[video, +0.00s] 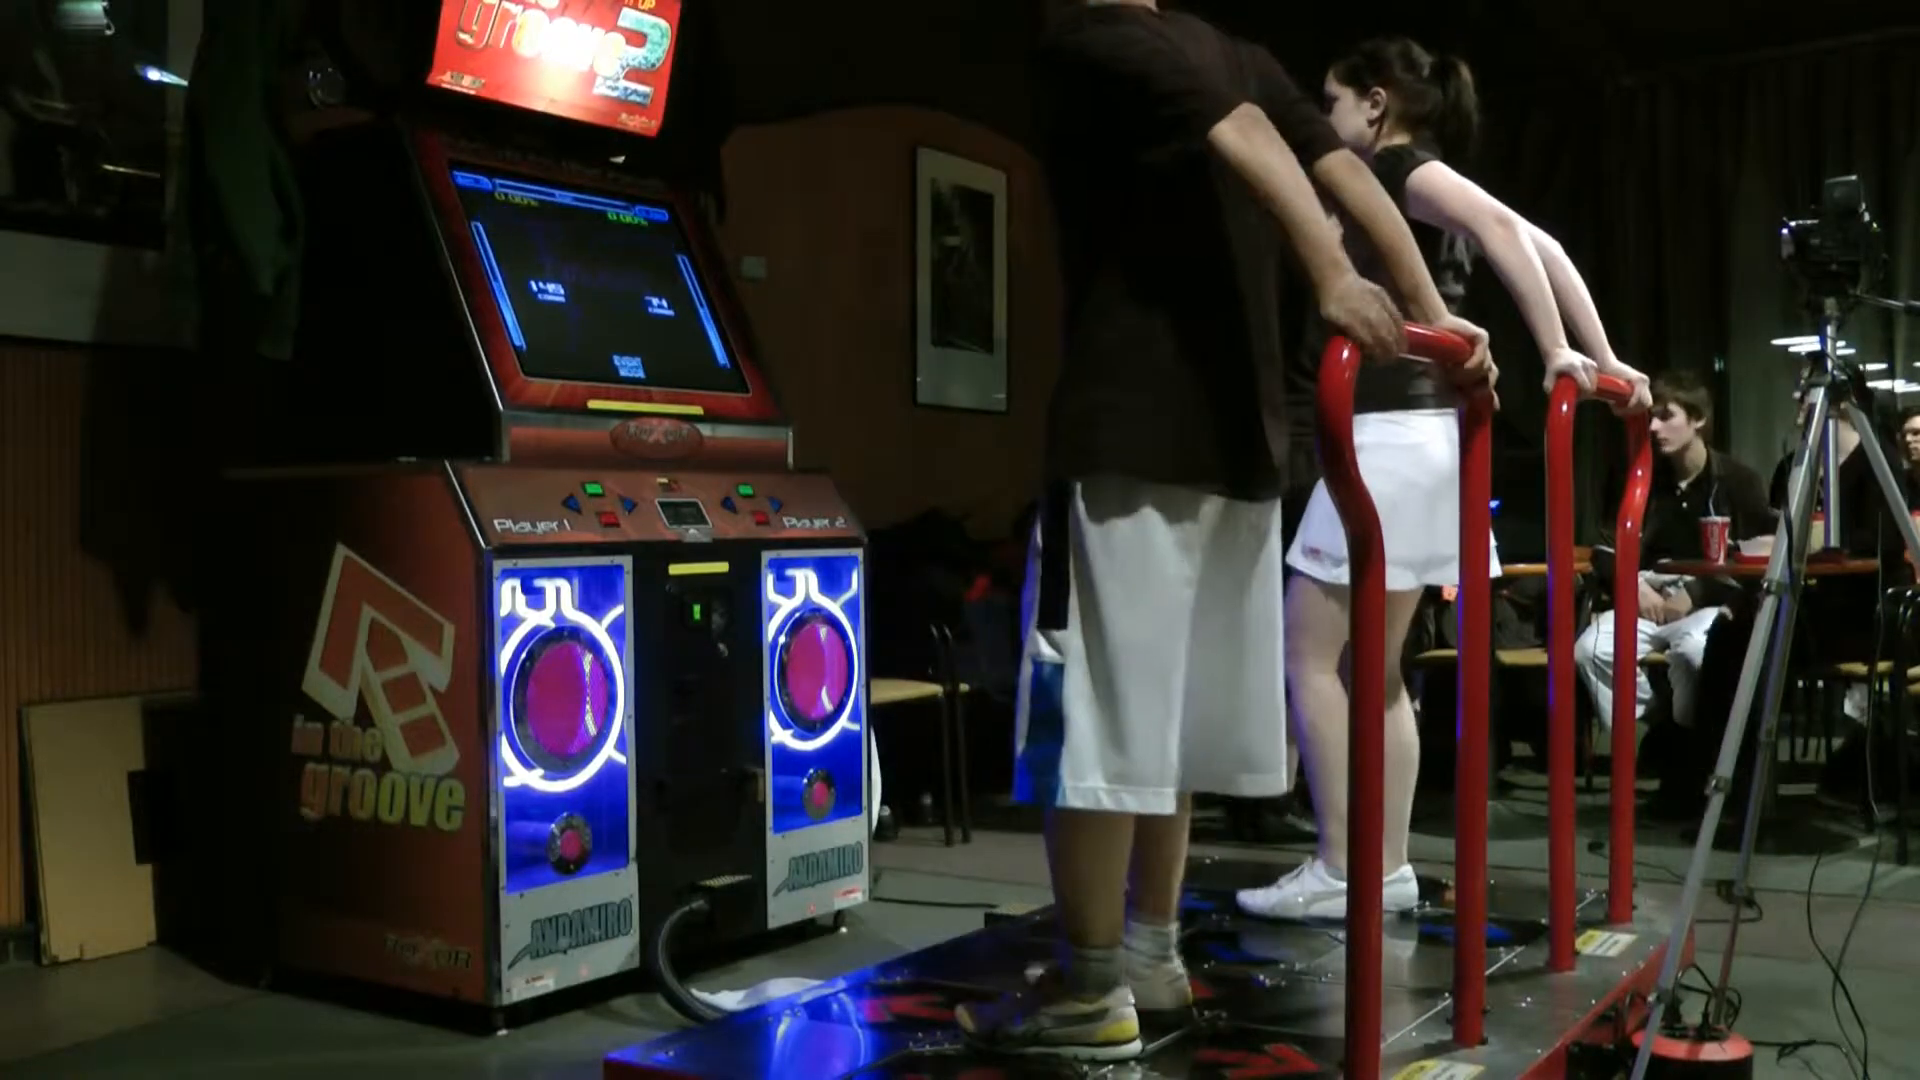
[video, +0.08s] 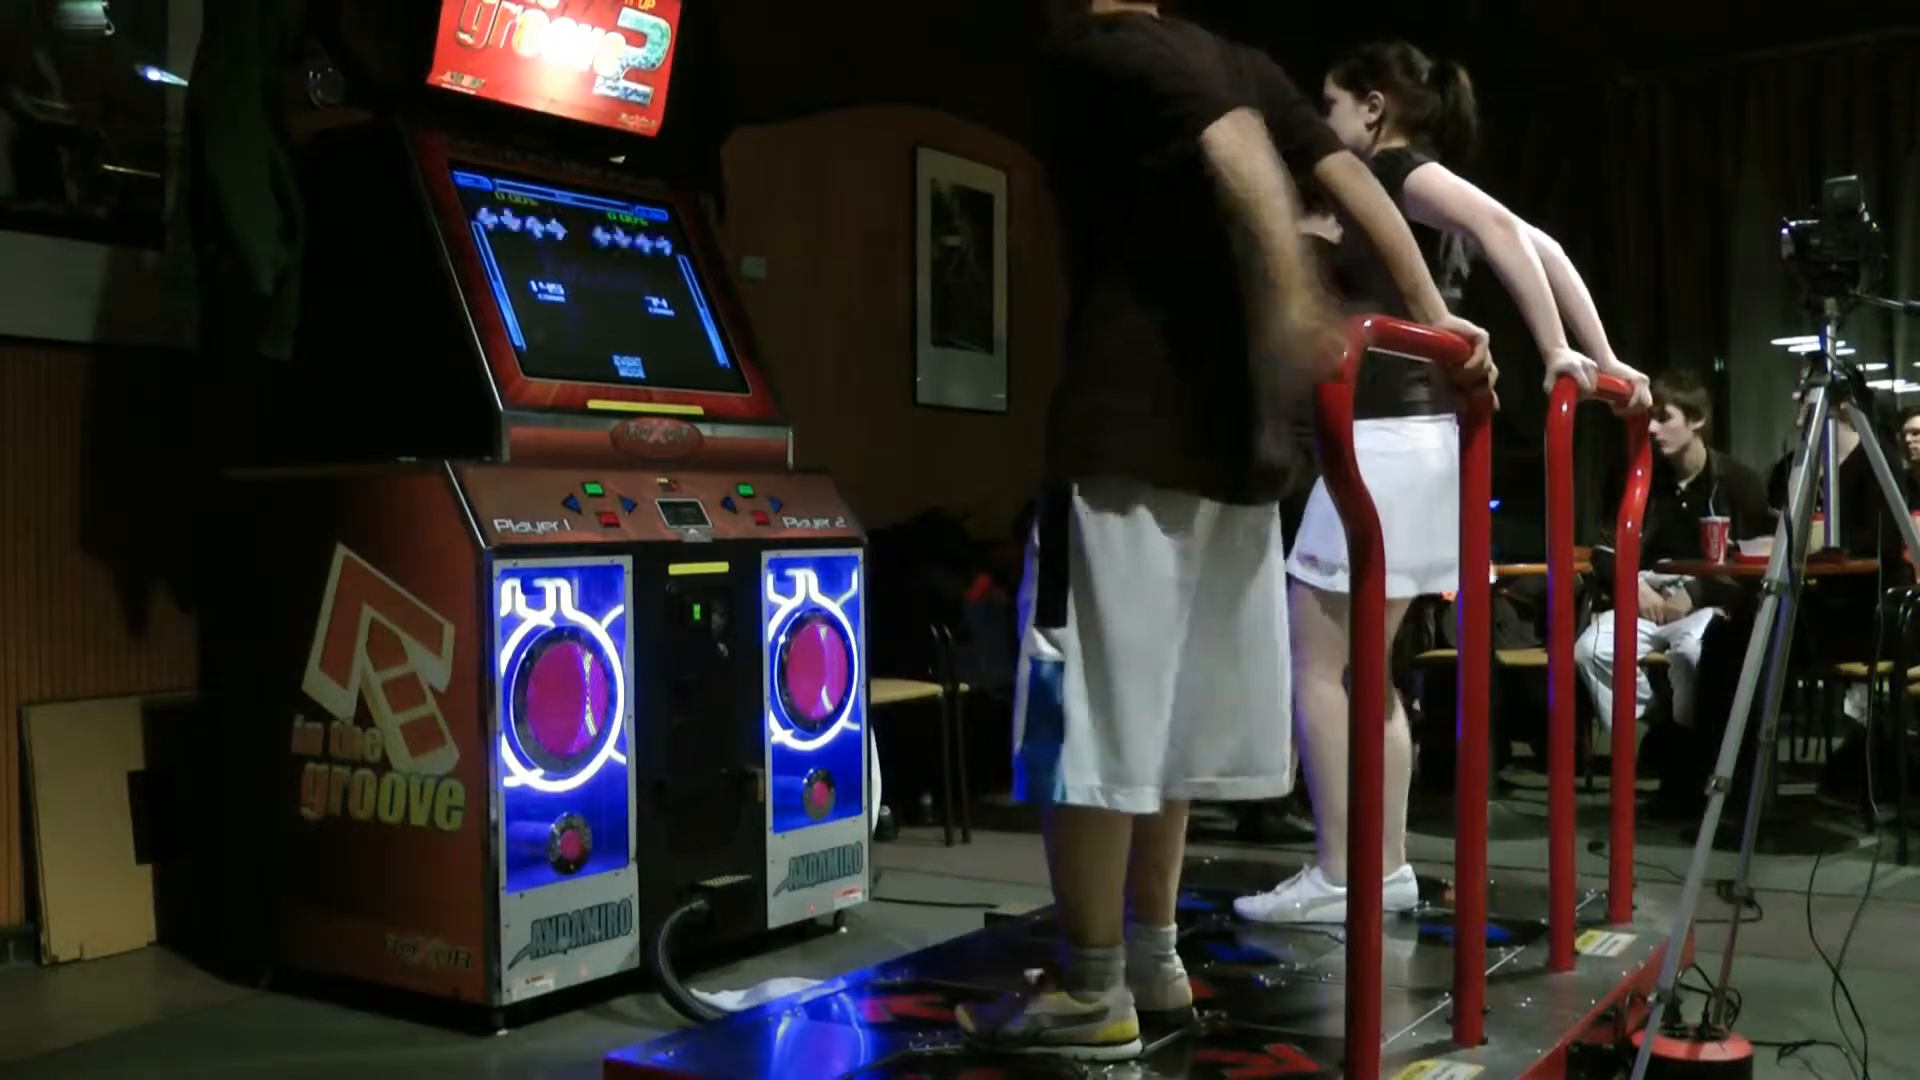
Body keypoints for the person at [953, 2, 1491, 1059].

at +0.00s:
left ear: (1085, 3)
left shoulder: (1085, 33)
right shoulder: (1244, 56)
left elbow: (1230, 120)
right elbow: (1358, 188)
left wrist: (1335, 276)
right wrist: (1435, 320)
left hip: (1136, 416)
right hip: (1244, 424)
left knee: (1108, 705)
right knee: (1175, 704)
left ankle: (1094, 991)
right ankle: (1154, 960)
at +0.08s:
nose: (1062, 24)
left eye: (1063, 17)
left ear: (1091, 5)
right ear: (1166, 3)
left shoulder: (1089, 47)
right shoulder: (1247, 65)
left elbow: (1227, 126)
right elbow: (1360, 191)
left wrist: (1296, 311)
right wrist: (1435, 318)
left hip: (1127, 427)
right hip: (1241, 441)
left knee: (1098, 708)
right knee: (1171, 706)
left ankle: (1093, 992)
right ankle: (1155, 960)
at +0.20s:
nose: (1058, 21)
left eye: (1062, 16)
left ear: (1088, 3)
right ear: (1168, 1)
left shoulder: (1103, 52)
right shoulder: (1247, 69)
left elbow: (1190, 177)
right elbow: (1358, 189)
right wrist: (1433, 316)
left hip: (1138, 446)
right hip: (1241, 441)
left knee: (1102, 713)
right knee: (1175, 709)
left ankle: (1095, 991)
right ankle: (1153, 955)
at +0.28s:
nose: (1068, 19)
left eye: (1072, 12)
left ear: (1103, 2)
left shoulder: (1106, 61)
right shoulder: (1258, 72)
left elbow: (1128, 220)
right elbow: (1361, 188)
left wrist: (987, 247)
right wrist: (1433, 314)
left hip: (1128, 434)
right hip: (1239, 437)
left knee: (1105, 708)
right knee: (1175, 700)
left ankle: (1093, 988)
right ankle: (1153, 954)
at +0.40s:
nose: (1057, 14)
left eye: (1063, 9)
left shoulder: (1093, 67)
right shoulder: (1258, 73)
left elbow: (989, 190)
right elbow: (1370, 192)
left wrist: (980, 101)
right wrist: (1434, 317)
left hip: (1120, 430)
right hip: (1235, 434)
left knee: (1096, 705)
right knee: (1178, 704)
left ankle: (1089, 984)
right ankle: (1152, 960)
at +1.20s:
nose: (1047, 27)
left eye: (1049, 22)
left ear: (1070, 5)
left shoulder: (1073, 56)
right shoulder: (1247, 62)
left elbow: (1064, 206)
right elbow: (1359, 183)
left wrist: (983, 276)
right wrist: (1425, 309)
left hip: (1121, 433)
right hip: (1244, 429)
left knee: (1094, 709)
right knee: (1173, 695)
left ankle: (1085, 988)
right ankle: (1155, 950)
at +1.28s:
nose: (1053, 17)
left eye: (1057, 13)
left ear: (1075, 4)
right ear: (1165, 0)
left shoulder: (1085, 54)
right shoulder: (1255, 70)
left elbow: (1111, 192)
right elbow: (1365, 188)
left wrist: (1051, 353)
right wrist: (1427, 312)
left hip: (1124, 441)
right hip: (1245, 438)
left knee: (1092, 713)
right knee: (1178, 711)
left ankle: (1079, 984)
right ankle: (1153, 963)